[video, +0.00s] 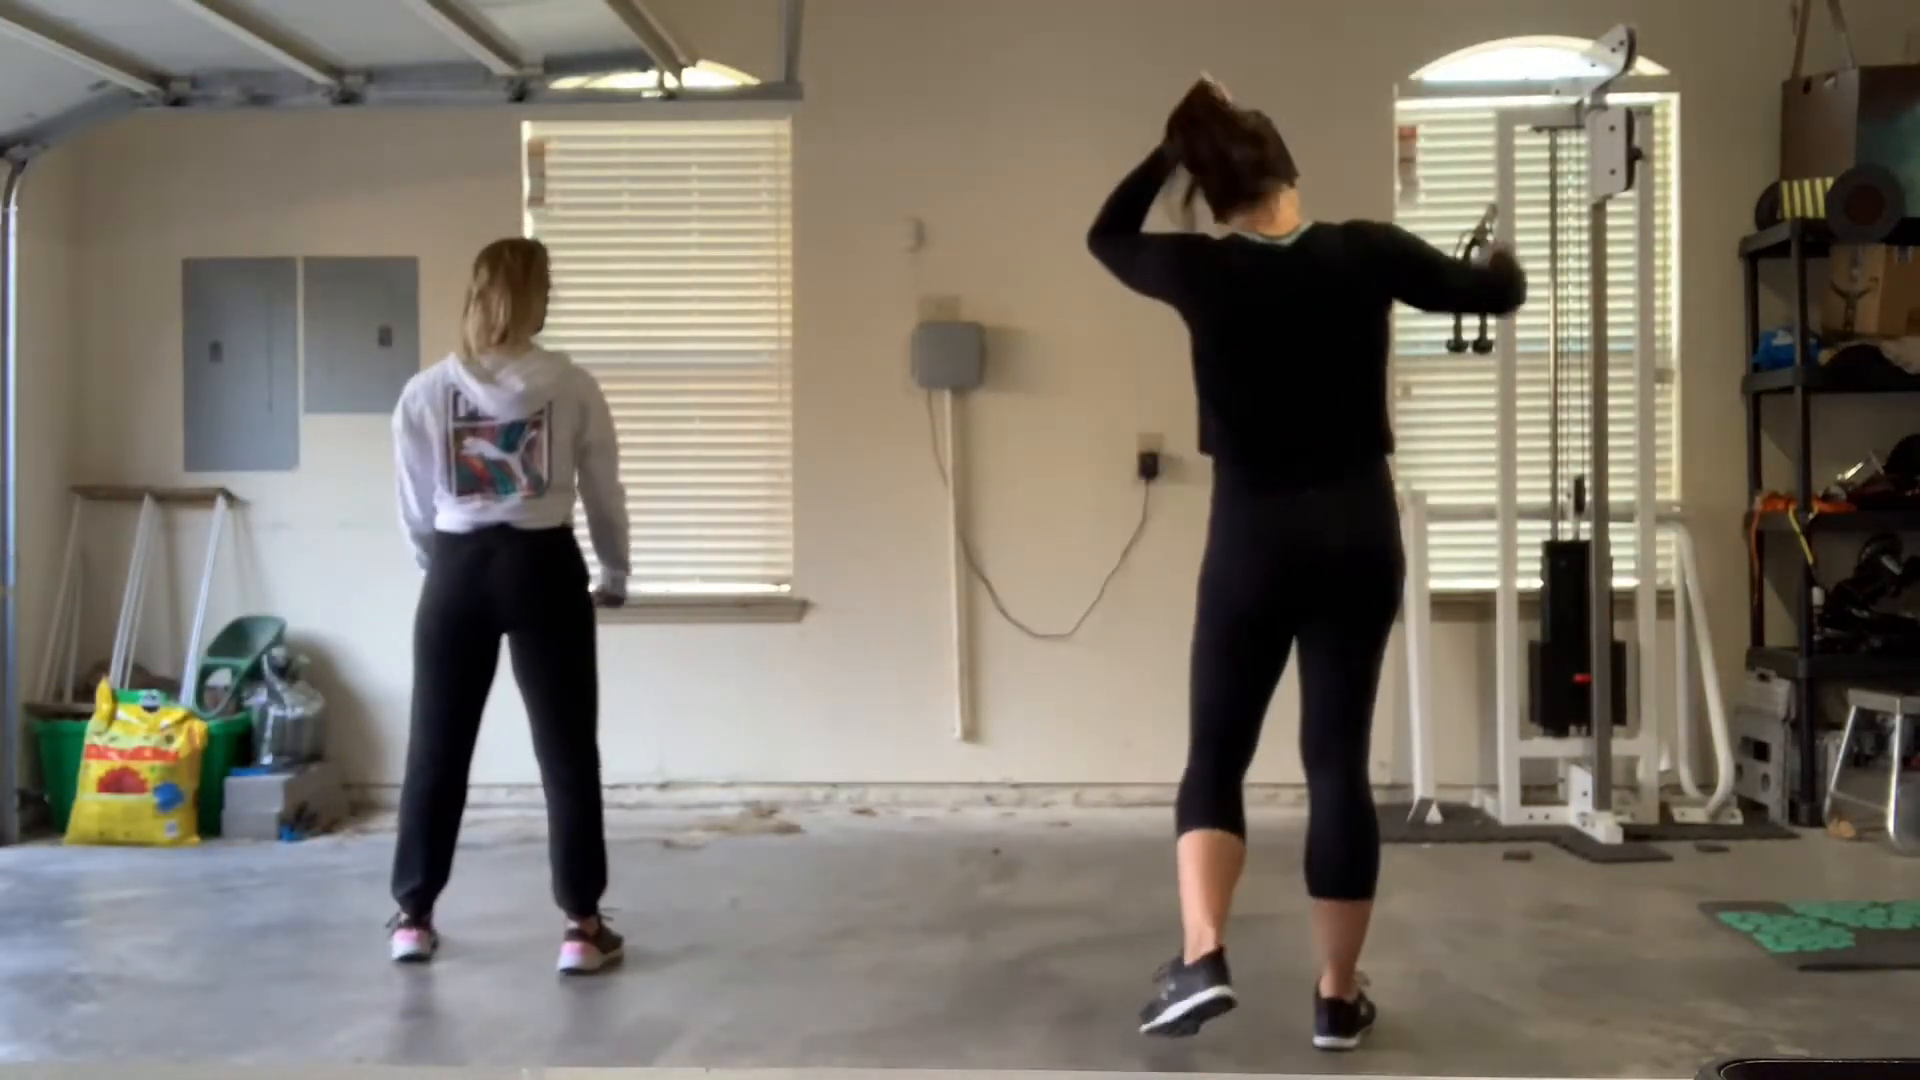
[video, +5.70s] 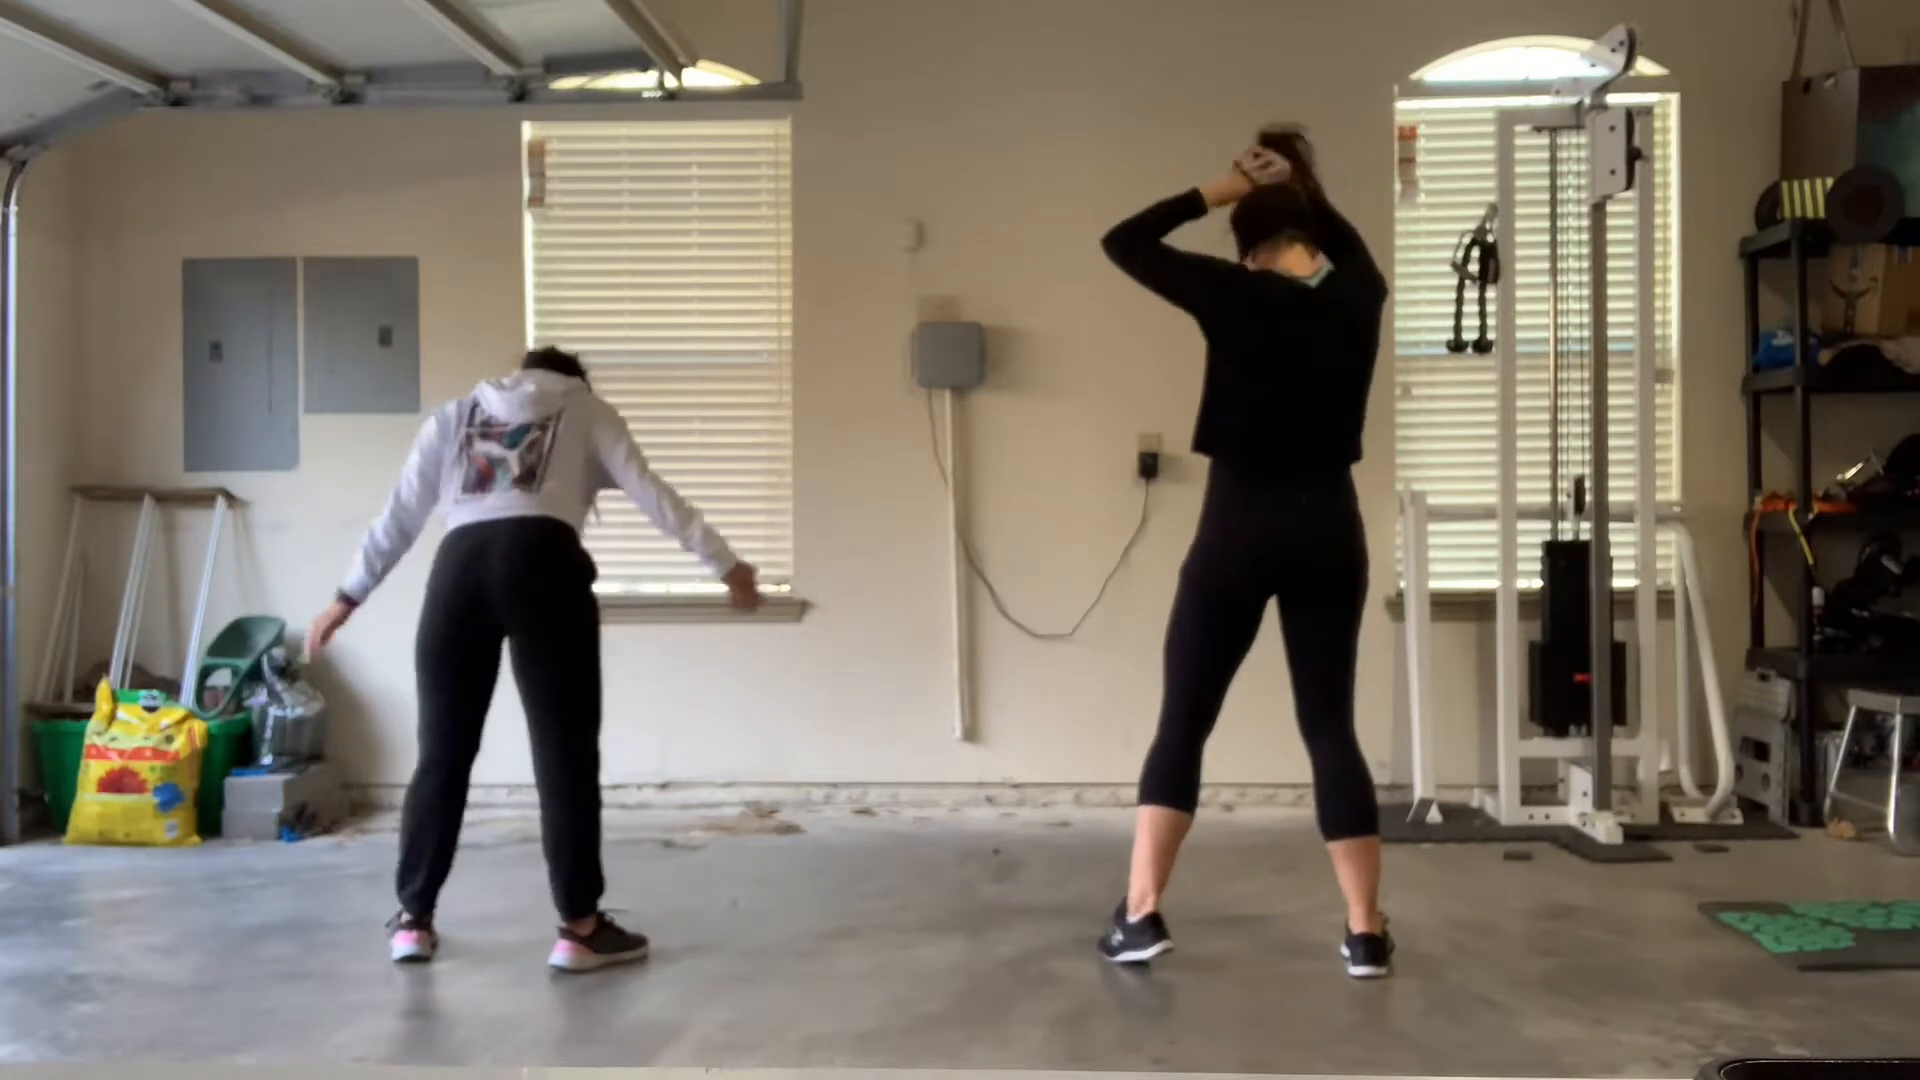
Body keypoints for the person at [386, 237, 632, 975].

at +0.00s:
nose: (539, 305)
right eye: (540, 293)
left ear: (473, 296)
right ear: (540, 299)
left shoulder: (424, 392)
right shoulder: (572, 385)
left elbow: (416, 508)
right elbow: (604, 496)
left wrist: (437, 562)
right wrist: (614, 572)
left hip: (457, 574)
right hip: (547, 572)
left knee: (436, 749)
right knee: (568, 751)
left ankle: (413, 919)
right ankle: (581, 926)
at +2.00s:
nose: (551, 312)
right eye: (548, 300)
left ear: (472, 301)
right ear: (542, 305)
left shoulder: (421, 390)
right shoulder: (567, 389)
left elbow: (403, 516)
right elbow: (603, 503)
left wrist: (446, 556)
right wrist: (616, 589)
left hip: (451, 574)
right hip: (542, 572)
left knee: (431, 750)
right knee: (564, 753)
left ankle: (411, 918)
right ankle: (581, 927)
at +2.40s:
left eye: (465, 310)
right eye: (524, 308)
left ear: (459, 315)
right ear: (526, 314)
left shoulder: (422, 393)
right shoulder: (564, 386)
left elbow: (380, 500)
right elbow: (630, 482)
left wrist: (353, 589)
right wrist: (675, 569)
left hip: (454, 579)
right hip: (547, 576)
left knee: (434, 753)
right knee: (569, 754)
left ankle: (413, 919)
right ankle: (582, 926)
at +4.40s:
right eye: (547, 375)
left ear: (481, 369)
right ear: (542, 372)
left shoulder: (428, 409)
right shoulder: (568, 403)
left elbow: (347, 481)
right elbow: (604, 481)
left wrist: (267, 544)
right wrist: (616, 571)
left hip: (490, 576)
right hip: (579, 568)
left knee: (459, 750)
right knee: (590, 758)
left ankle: (414, 918)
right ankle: (585, 927)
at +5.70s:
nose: (589, 396)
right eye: (585, 386)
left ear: (517, 376)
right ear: (576, 382)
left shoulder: (454, 414)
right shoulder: (586, 409)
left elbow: (403, 512)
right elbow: (648, 491)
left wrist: (348, 596)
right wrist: (728, 564)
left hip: (457, 571)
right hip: (546, 568)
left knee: (442, 756)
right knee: (565, 755)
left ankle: (412, 921)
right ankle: (580, 926)